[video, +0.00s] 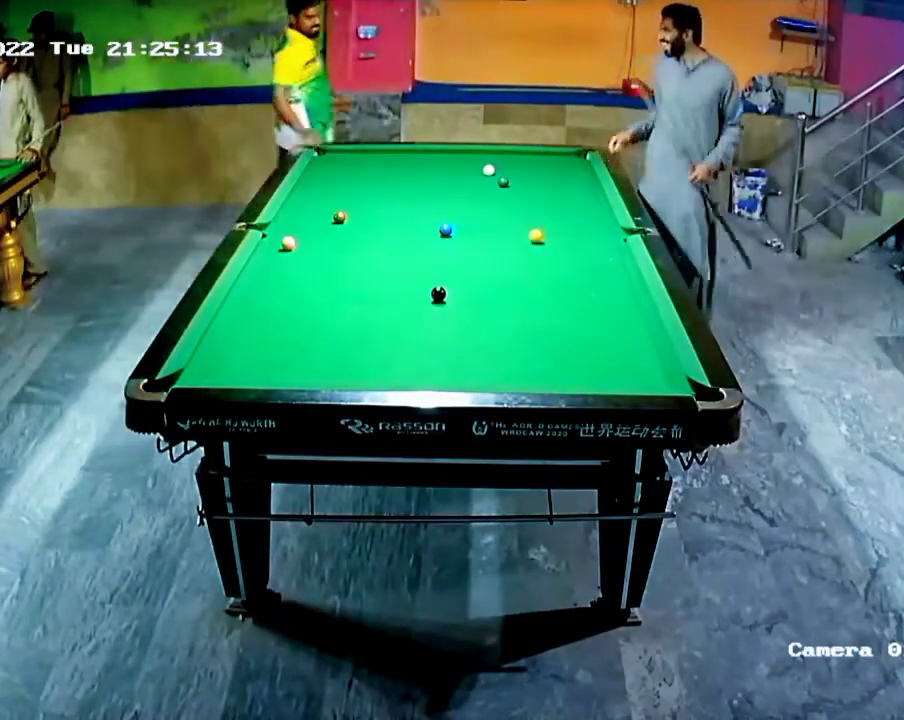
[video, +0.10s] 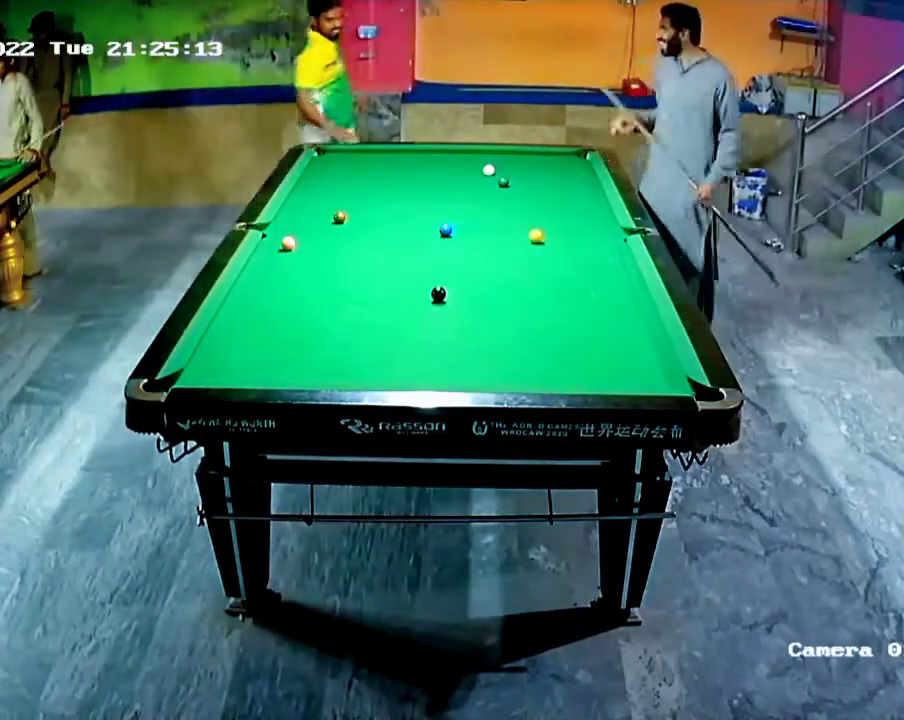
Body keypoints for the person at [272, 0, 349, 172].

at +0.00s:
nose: (316, 22)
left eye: (318, 16)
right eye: (309, 17)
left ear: (321, 15)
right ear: (294, 19)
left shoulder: (309, 45)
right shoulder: (291, 49)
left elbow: (305, 91)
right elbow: (279, 97)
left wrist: (331, 102)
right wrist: (302, 130)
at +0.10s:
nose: (337, 25)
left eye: (340, 18)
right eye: (330, 20)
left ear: (344, 17)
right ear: (315, 20)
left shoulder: (332, 48)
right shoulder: (313, 53)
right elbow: (304, 101)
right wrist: (333, 129)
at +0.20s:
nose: (354, 24)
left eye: (357, 17)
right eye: (346, 19)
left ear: (361, 16)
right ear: (331, 20)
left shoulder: (350, 44)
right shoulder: (329, 51)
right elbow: (323, 99)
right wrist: (361, 129)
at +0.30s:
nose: (361, 21)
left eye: (363, 15)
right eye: (353, 16)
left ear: (366, 13)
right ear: (338, 17)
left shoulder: (360, 40)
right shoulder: (333, 50)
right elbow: (329, 98)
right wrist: (366, 125)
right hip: (343, 124)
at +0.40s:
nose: (371, 21)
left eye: (375, 14)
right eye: (364, 16)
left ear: (378, 13)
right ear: (351, 15)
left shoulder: (388, 37)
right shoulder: (339, 51)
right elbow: (336, 97)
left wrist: (398, 81)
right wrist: (367, 126)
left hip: (384, 123)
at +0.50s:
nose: (380, 21)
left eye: (384, 15)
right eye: (373, 16)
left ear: (387, 13)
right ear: (360, 16)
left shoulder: (401, 37)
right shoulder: (347, 49)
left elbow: (414, 69)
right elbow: (337, 91)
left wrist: (407, 73)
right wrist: (355, 128)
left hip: (395, 131)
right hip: (363, 135)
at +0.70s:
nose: (393, 28)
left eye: (397, 21)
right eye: (386, 22)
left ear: (401, 18)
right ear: (373, 19)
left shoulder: (417, 42)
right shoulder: (357, 50)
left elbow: (433, 79)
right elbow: (344, 86)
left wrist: (417, 86)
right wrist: (347, 128)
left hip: (406, 131)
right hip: (371, 135)